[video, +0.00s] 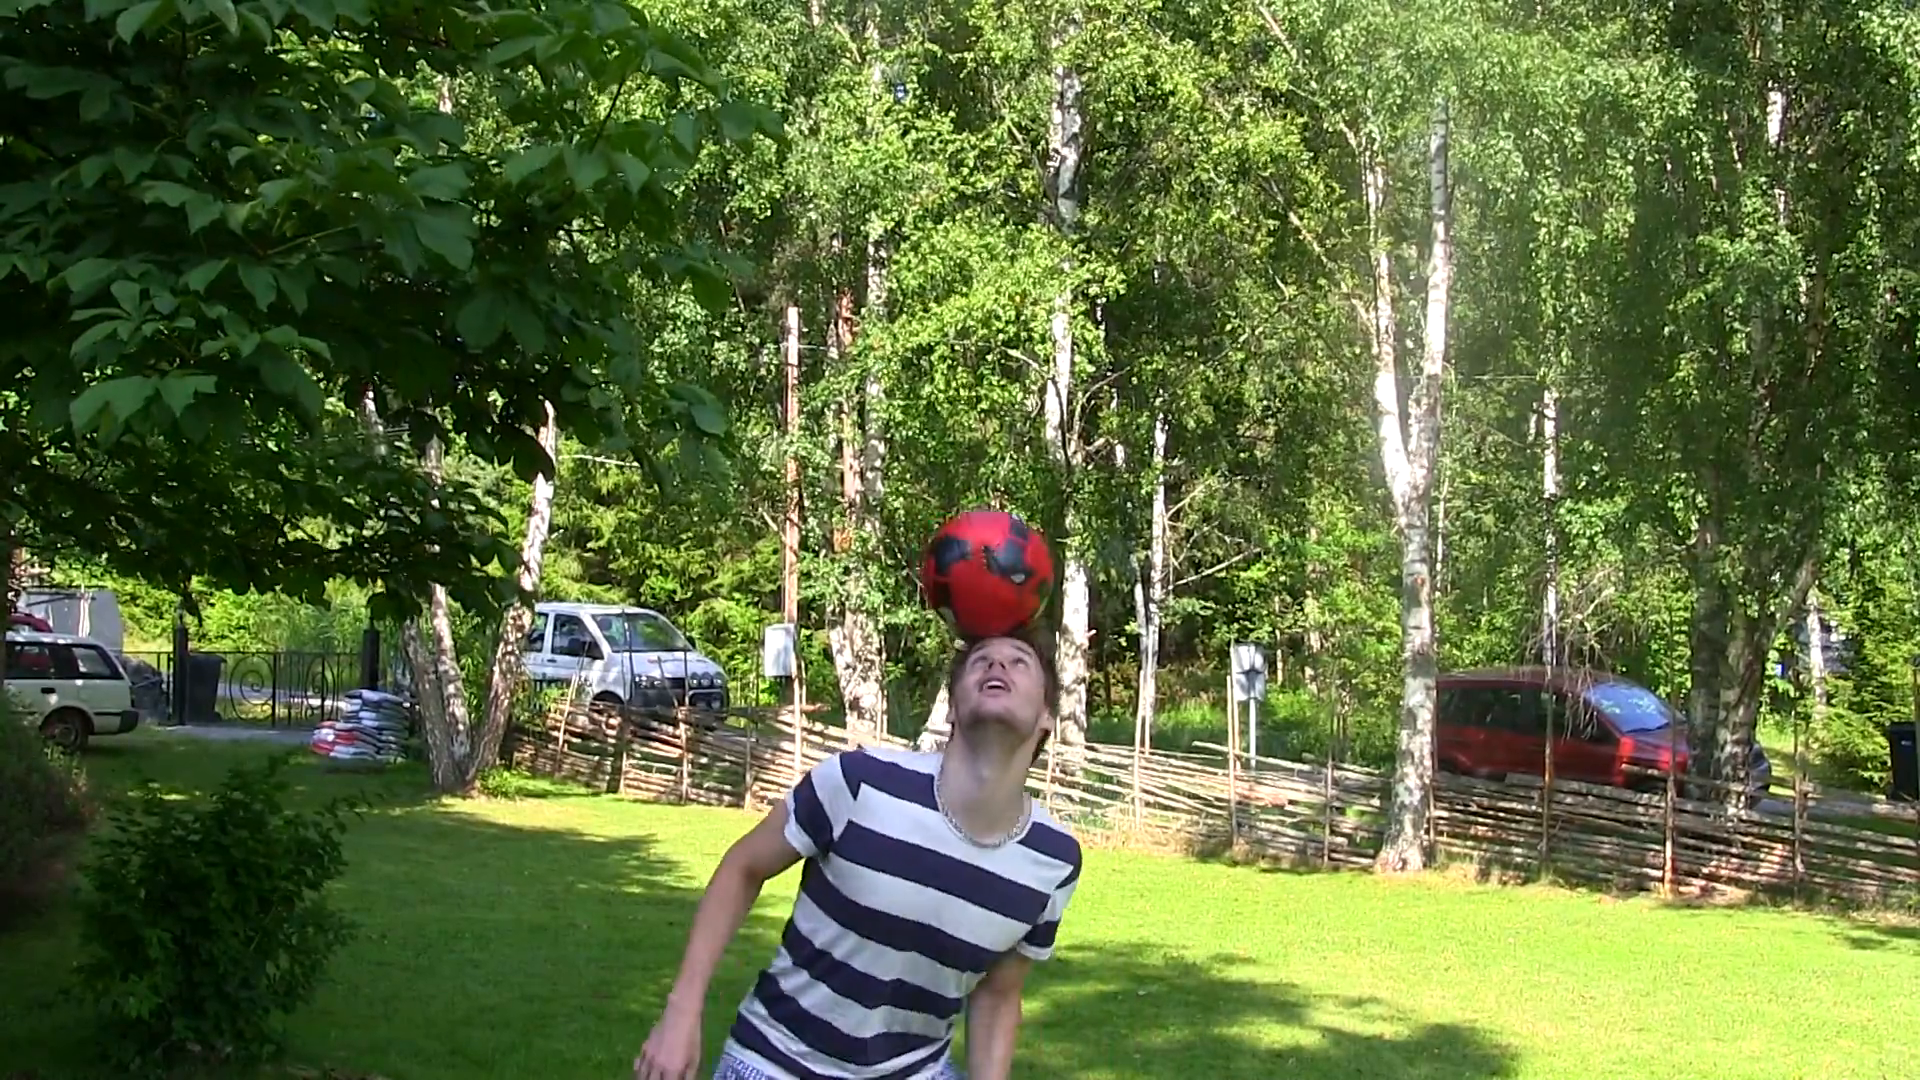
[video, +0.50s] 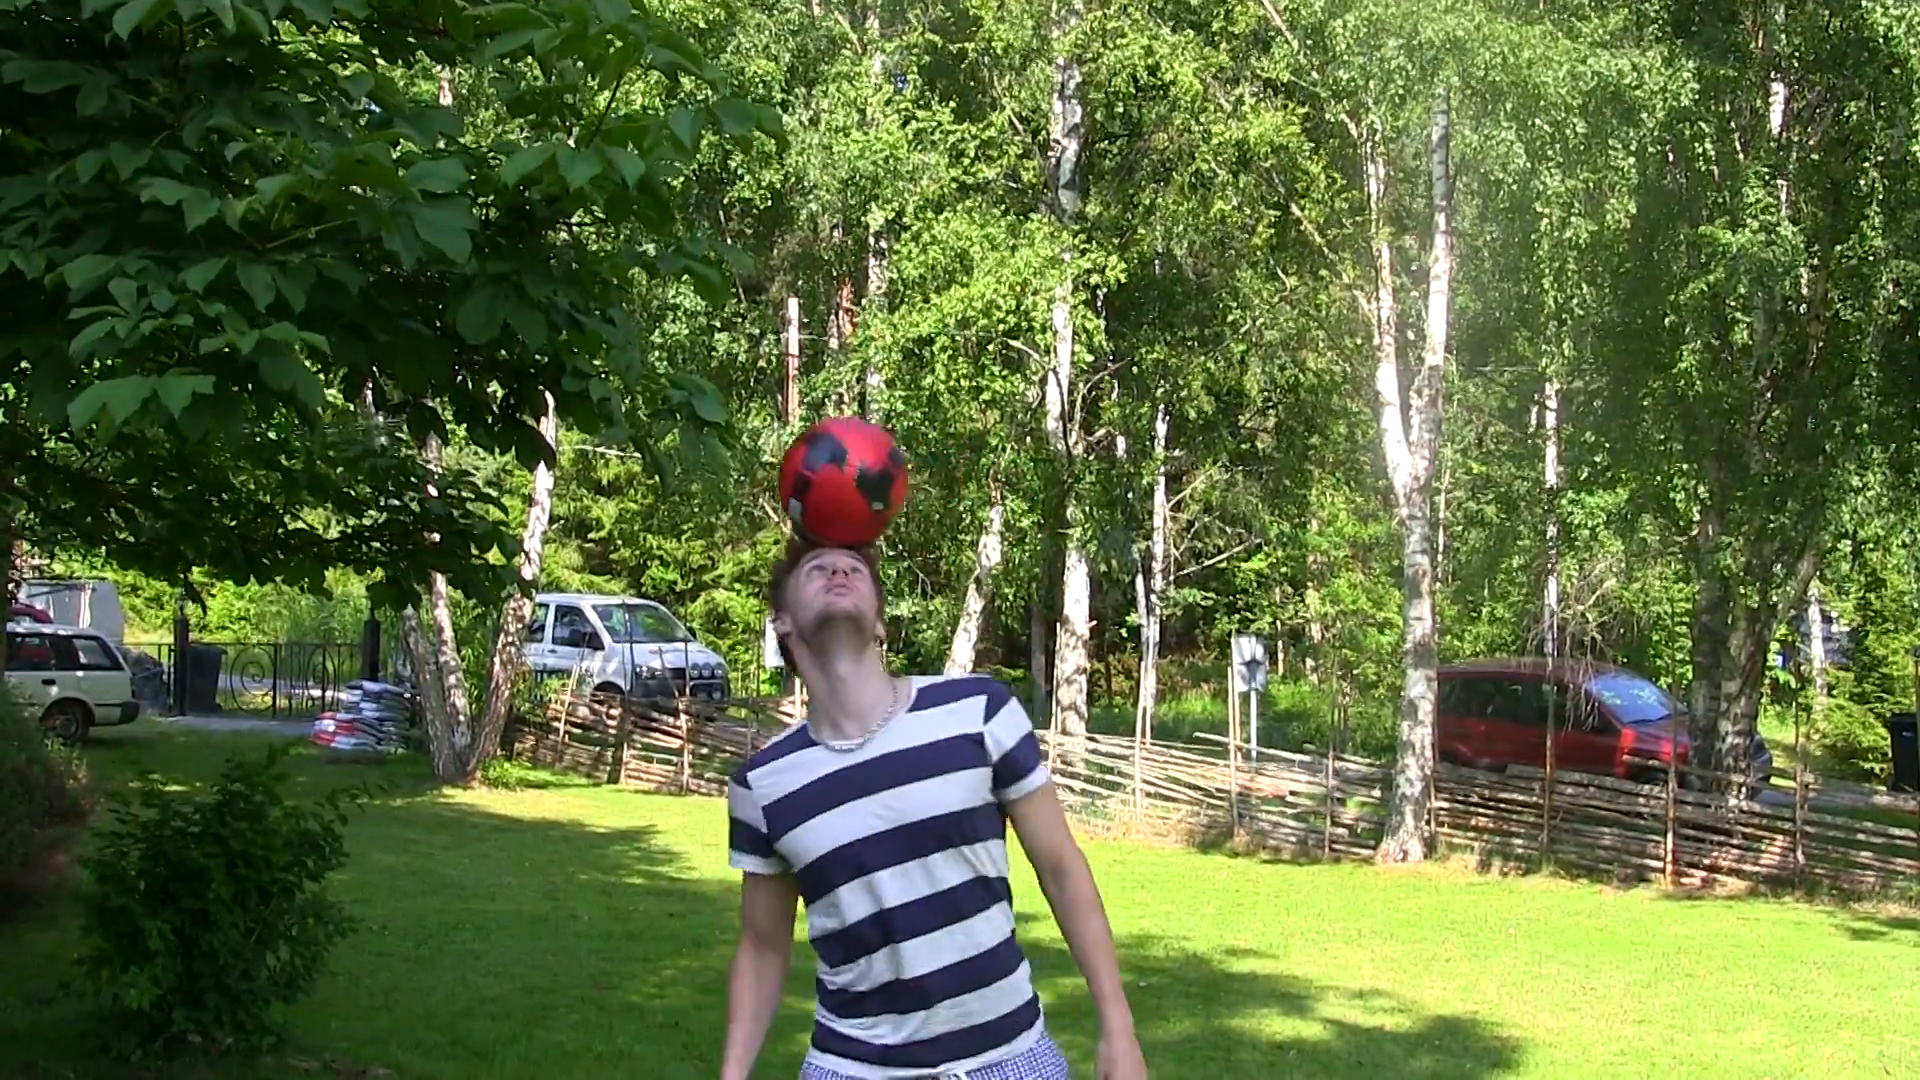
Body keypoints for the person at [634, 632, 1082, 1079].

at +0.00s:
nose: (996, 663)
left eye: (1020, 661)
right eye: (978, 662)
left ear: (1046, 719)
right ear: (953, 708)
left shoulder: (1054, 861)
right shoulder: (859, 781)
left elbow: (998, 995)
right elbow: (742, 869)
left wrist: (989, 1077)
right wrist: (681, 1012)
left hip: (913, 1067)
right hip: (779, 1053)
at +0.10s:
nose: (990, 638)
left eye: (1013, 634)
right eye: (972, 636)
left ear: (1044, 686)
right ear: (947, 684)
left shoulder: (1071, 826)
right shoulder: (861, 775)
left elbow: (1039, 973)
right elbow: (759, 878)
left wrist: (1026, 1073)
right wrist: (704, 1026)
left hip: (955, 1063)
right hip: (815, 1055)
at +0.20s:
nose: (967, 602)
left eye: (988, 599)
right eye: (949, 602)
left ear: (1019, 650)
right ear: (925, 655)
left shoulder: (1071, 785)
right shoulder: (850, 760)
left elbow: (1073, 942)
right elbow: (779, 885)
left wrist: (1076, 1071)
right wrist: (740, 1031)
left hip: (989, 1059)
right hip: (845, 1055)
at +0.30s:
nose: (930, 580)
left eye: (950, 577)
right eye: (910, 578)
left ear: (978, 631)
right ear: (883, 630)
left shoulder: (1055, 748)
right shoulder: (828, 757)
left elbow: (1086, 913)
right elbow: (793, 892)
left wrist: (1115, 1062)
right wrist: (760, 1036)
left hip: (1008, 1055)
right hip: (861, 1057)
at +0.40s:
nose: (883, 568)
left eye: (900, 567)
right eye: (860, 568)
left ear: (925, 615)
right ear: (828, 624)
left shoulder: (1021, 721)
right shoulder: (795, 771)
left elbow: (1081, 885)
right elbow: (788, 912)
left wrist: (1125, 1043)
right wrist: (754, 1049)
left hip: (1016, 1052)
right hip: (867, 1058)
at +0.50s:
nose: (837, 570)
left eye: (855, 569)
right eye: (815, 569)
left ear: (880, 619)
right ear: (782, 624)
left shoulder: (980, 708)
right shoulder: (762, 784)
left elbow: (1062, 868)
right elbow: (762, 944)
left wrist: (1118, 1027)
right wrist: (734, 1070)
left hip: (1007, 1053)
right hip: (853, 1063)